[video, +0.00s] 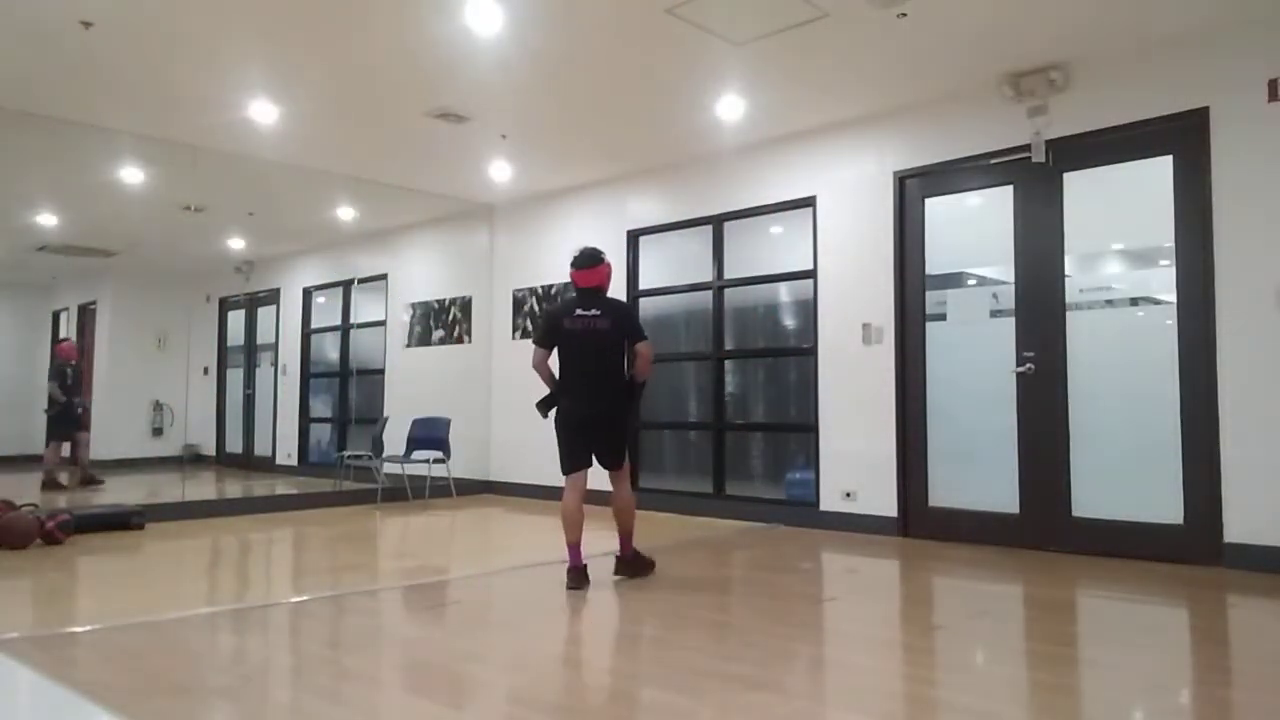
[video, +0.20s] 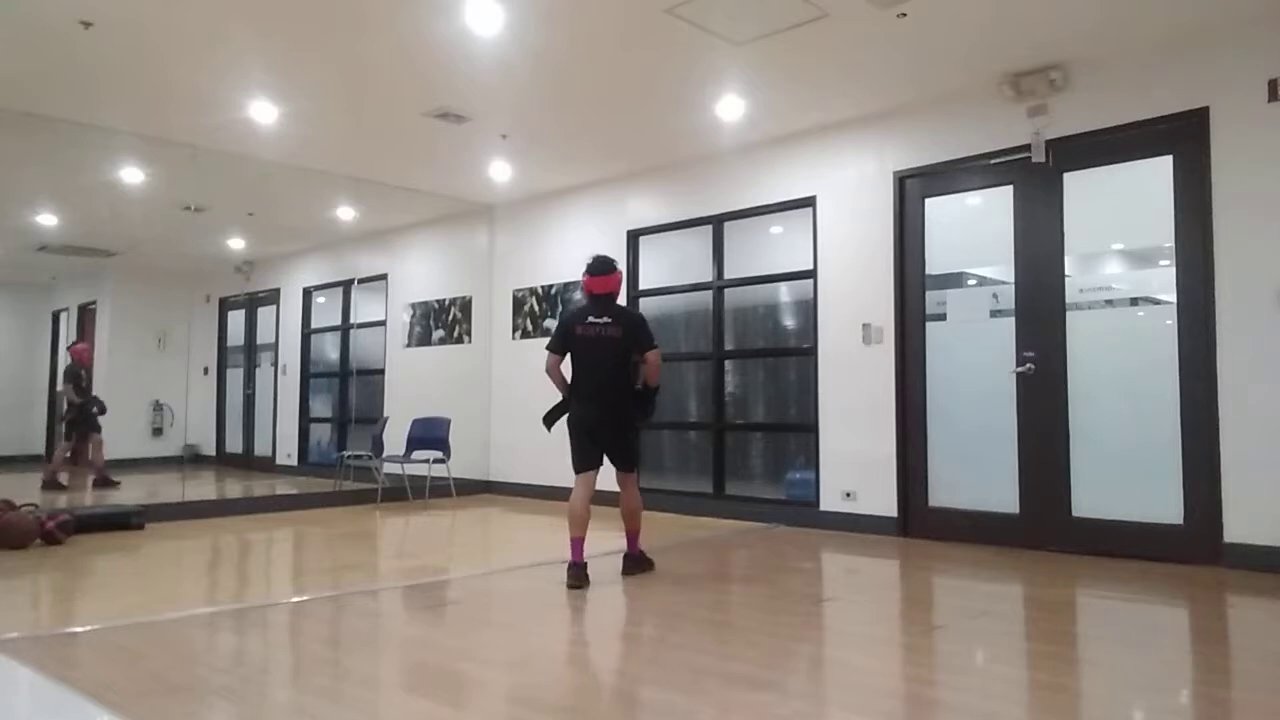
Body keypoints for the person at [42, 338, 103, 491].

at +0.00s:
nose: (74, 353)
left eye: (74, 350)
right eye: (71, 350)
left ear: (74, 352)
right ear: (63, 352)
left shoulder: (76, 369)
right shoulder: (57, 368)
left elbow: (76, 389)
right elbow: (52, 387)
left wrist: (80, 402)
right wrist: (65, 400)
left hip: (72, 411)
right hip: (57, 411)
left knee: (83, 438)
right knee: (55, 444)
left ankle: (84, 474)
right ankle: (49, 477)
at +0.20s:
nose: (89, 356)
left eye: (88, 353)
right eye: (86, 353)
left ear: (81, 355)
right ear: (79, 355)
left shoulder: (85, 371)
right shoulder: (71, 370)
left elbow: (85, 390)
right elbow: (68, 390)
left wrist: (94, 401)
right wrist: (81, 403)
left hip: (86, 410)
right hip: (74, 411)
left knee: (97, 440)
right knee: (67, 444)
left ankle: (101, 476)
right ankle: (49, 477)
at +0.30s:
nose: (98, 355)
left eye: (98, 352)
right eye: (95, 352)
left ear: (90, 355)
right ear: (87, 354)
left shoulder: (93, 371)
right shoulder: (78, 371)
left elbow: (94, 393)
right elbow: (77, 392)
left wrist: (106, 400)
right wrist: (94, 402)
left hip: (94, 409)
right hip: (82, 410)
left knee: (103, 439)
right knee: (78, 444)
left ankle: (101, 475)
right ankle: (53, 473)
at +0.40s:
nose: (103, 354)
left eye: (104, 351)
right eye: (99, 351)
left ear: (105, 353)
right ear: (90, 353)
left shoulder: (101, 372)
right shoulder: (84, 369)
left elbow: (102, 390)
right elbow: (81, 387)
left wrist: (112, 396)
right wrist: (100, 396)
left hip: (100, 410)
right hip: (86, 410)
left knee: (103, 442)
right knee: (92, 443)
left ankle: (101, 475)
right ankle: (65, 469)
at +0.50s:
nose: (107, 354)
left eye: (109, 350)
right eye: (103, 350)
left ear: (111, 352)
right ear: (94, 353)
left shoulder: (108, 371)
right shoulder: (88, 369)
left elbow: (112, 388)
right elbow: (90, 386)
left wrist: (125, 386)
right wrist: (109, 388)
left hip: (106, 408)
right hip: (94, 408)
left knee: (107, 441)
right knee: (104, 441)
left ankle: (102, 475)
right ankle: (79, 468)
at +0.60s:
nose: (111, 353)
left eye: (113, 350)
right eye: (107, 350)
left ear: (116, 352)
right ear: (99, 352)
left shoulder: (114, 371)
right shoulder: (95, 368)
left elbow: (123, 386)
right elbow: (94, 383)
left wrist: (132, 379)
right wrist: (112, 384)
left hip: (111, 409)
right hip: (98, 409)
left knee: (112, 439)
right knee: (109, 439)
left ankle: (101, 473)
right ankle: (97, 472)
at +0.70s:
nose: (115, 354)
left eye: (117, 350)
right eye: (112, 350)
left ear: (120, 352)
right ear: (104, 352)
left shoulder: (120, 370)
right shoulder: (98, 368)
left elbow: (131, 386)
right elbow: (96, 382)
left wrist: (136, 377)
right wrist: (115, 382)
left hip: (116, 411)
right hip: (103, 410)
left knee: (114, 441)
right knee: (111, 441)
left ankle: (105, 475)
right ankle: (109, 475)